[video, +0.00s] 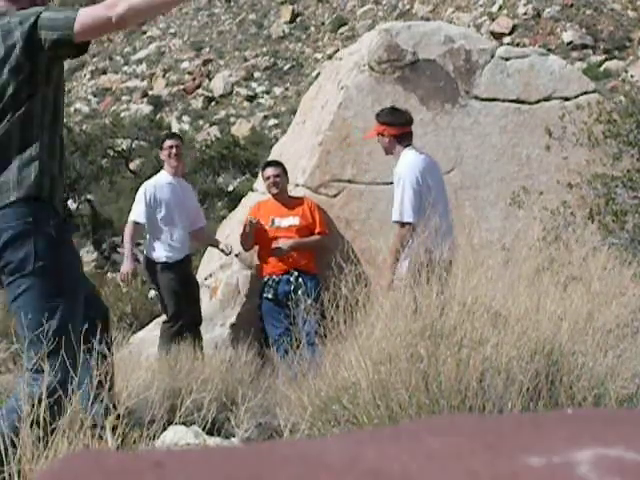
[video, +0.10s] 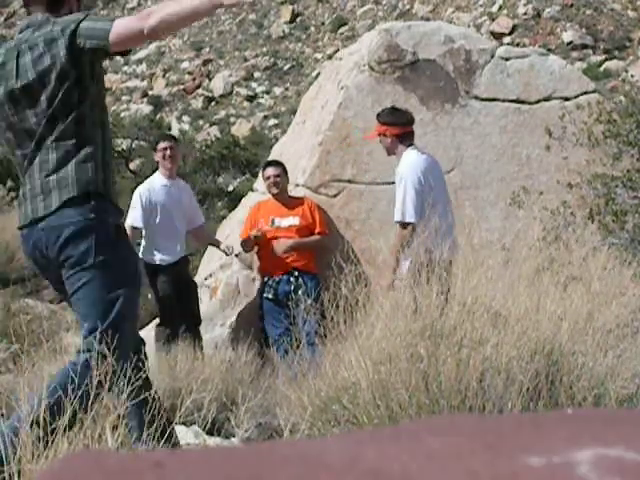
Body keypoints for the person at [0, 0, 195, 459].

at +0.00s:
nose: (47, 4)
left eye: (44, 5)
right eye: (43, 3)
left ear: (9, 2)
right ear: (33, 2)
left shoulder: (19, 28)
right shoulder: (24, 26)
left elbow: (110, 17)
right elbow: (113, 15)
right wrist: (176, 1)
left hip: (26, 216)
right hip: (22, 216)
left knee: (91, 321)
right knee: (52, 365)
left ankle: (100, 429)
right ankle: (8, 455)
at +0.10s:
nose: (84, 12)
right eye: (82, 7)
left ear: (27, 7)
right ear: (71, 5)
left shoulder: (6, 56)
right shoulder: (68, 31)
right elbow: (143, 26)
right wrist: (215, 3)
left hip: (33, 227)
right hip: (82, 213)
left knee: (124, 339)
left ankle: (146, 439)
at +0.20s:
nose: (126, 42)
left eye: (124, 34)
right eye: (126, 33)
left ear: (74, 39)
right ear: (116, 33)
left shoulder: (47, 99)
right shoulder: (112, 69)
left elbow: (10, 174)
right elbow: (170, 72)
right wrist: (245, 47)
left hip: (73, 254)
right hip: (125, 245)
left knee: (143, 357)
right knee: (200, 360)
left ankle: (150, 459)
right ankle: (89, 387)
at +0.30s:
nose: (168, 61)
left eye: (167, 55)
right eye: (167, 54)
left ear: (119, 57)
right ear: (159, 53)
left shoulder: (91, 115)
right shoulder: (157, 86)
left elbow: (68, 188)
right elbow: (203, 97)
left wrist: (49, 236)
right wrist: (271, 94)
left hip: (110, 265)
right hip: (165, 253)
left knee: (160, 373)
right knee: (240, 315)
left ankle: (153, 461)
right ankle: (192, 408)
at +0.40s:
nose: (200, 59)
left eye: (199, 53)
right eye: (199, 53)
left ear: (153, 57)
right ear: (192, 52)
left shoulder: (133, 109)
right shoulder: (193, 87)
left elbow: (105, 177)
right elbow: (236, 101)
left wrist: (82, 219)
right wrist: (296, 101)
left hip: (146, 255)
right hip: (201, 246)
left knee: (175, 373)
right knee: (270, 325)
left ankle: (163, 459)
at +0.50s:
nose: (229, 70)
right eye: (228, 64)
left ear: (183, 71)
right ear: (225, 64)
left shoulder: (163, 122)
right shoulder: (235, 94)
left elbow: (129, 190)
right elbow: (287, 102)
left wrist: (100, 235)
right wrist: (345, 96)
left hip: (189, 258)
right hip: (247, 249)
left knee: (203, 358)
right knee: (289, 335)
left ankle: (186, 423)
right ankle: (323, 413)